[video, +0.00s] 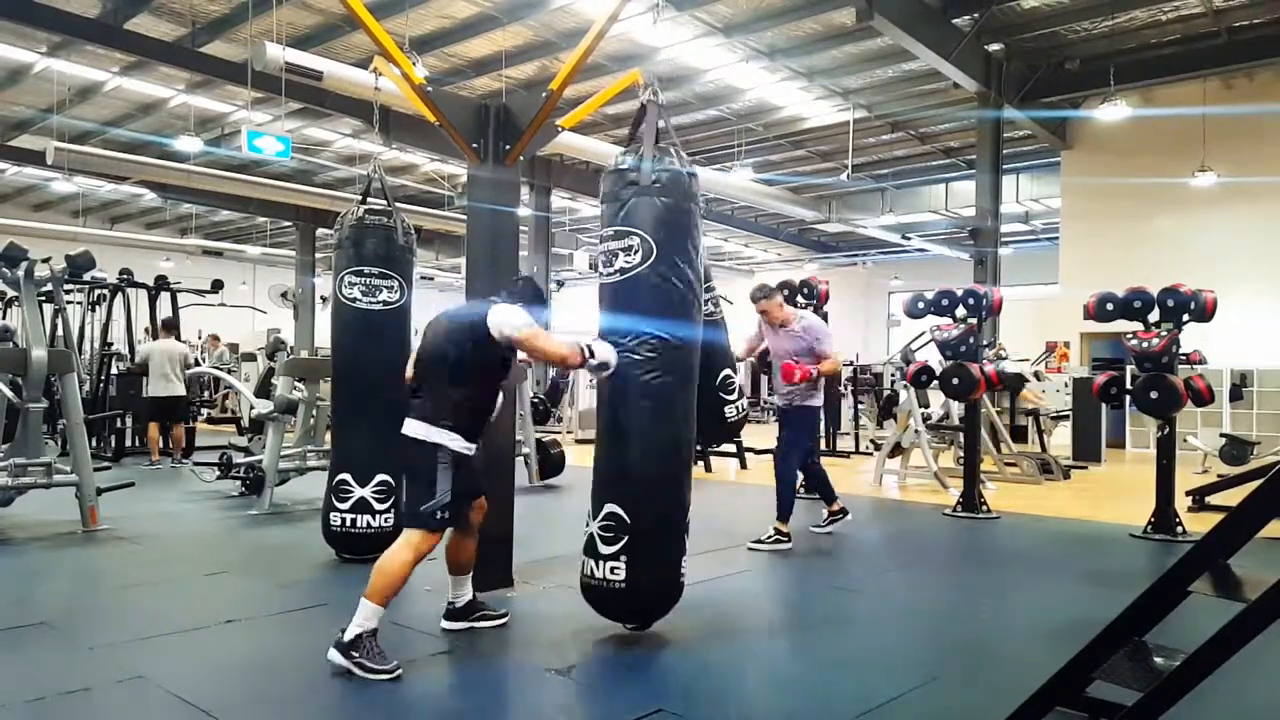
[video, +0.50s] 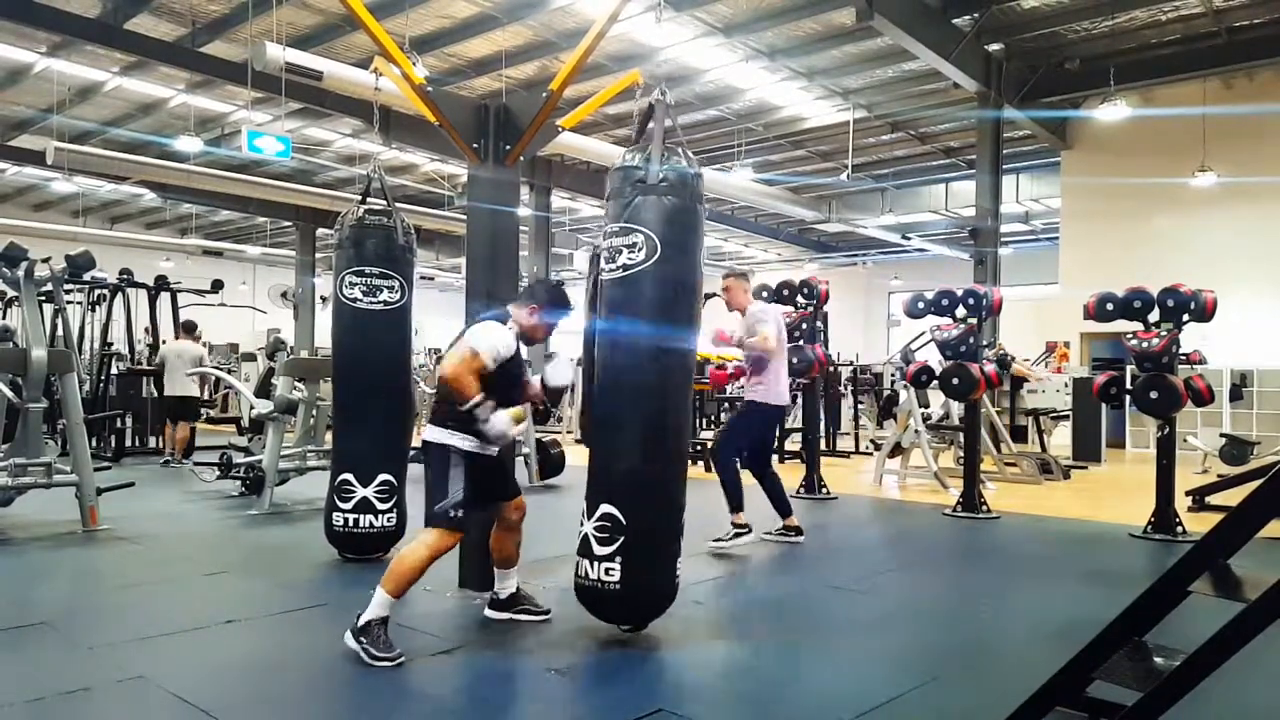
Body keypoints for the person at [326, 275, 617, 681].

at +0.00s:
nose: (536, 325)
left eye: (538, 319)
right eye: (537, 318)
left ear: (506, 294)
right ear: (526, 305)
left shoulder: (447, 318)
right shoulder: (504, 313)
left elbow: (412, 375)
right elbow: (551, 352)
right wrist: (590, 353)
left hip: (449, 441)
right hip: (432, 439)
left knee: (473, 510)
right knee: (421, 535)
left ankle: (461, 605)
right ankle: (356, 636)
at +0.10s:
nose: (534, 331)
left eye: (539, 325)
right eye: (537, 321)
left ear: (518, 304)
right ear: (521, 304)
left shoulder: (492, 320)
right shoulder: (490, 314)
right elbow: (500, 366)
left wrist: (535, 385)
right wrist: (541, 375)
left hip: (462, 440)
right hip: (436, 435)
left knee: (481, 513)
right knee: (420, 530)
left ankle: (462, 606)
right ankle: (360, 633)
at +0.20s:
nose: (534, 330)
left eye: (538, 324)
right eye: (536, 321)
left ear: (519, 305)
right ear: (519, 303)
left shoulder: (498, 334)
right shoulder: (472, 320)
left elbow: (511, 383)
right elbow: (463, 378)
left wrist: (557, 379)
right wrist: (508, 365)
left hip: (460, 442)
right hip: (429, 435)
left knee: (485, 513)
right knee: (424, 530)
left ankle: (464, 603)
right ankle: (365, 624)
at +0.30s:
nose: (534, 333)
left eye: (538, 327)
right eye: (534, 324)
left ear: (518, 309)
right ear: (515, 306)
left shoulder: (504, 341)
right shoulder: (465, 327)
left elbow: (495, 393)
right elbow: (454, 388)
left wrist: (523, 397)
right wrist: (503, 378)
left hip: (472, 449)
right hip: (430, 446)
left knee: (510, 513)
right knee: (413, 538)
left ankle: (479, 589)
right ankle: (362, 630)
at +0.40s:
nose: (540, 332)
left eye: (543, 326)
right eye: (538, 324)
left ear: (523, 311)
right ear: (518, 308)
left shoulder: (509, 340)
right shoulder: (466, 332)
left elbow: (504, 384)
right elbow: (433, 387)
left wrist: (544, 385)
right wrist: (482, 416)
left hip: (477, 445)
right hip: (433, 444)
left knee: (511, 513)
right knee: (421, 536)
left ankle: (503, 596)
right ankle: (365, 628)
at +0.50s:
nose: (550, 334)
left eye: (553, 328)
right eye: (549, 325)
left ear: (531, 313)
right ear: (530, 312)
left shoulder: (514, 342)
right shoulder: (494, 334)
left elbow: (510, 389)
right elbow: (452, 370)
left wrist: (544, 390)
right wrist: (487, 414)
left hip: (486, 447)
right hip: (453, 443)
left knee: (512, 511)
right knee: (445, 533)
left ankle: (505, 597)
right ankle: (369, 623)